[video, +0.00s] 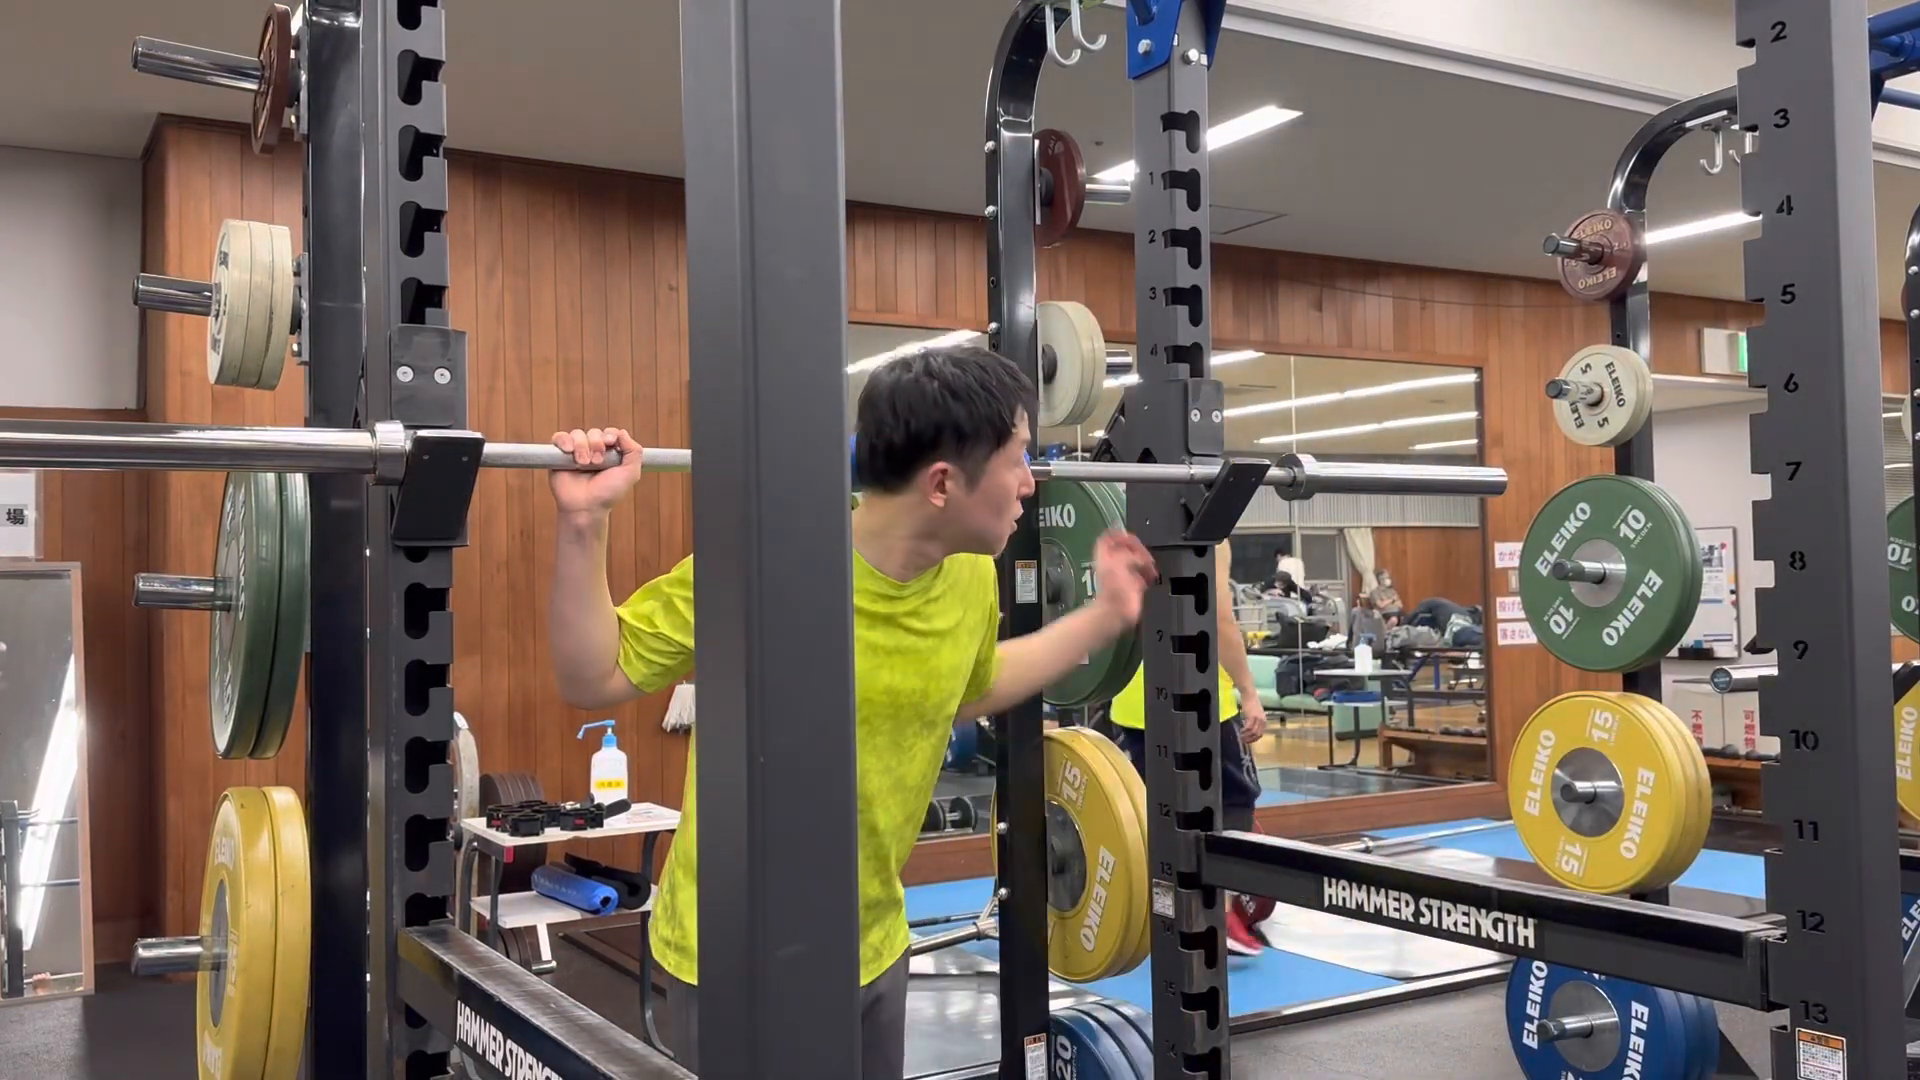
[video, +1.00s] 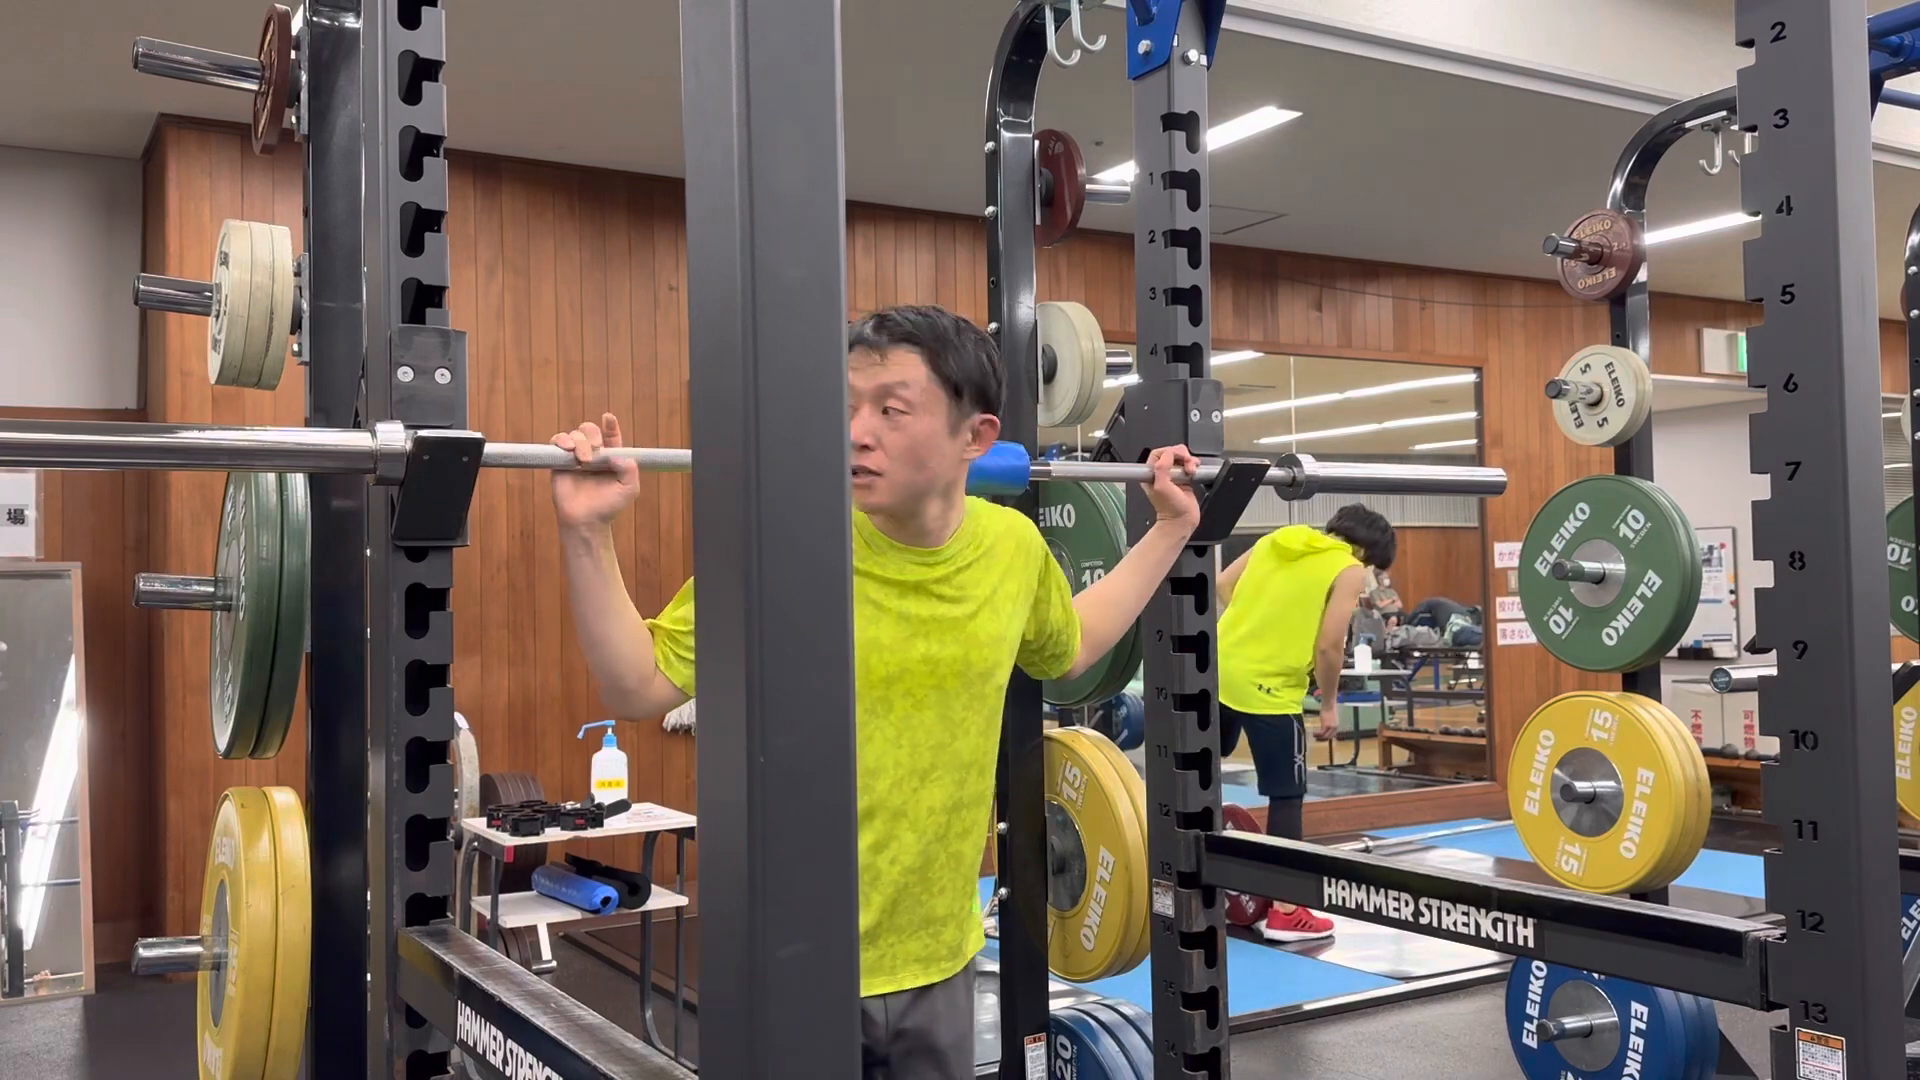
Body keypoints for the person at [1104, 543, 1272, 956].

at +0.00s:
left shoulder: (1131, 530)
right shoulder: (1208, 533)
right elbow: (1221, 621)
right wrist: (1247, 689)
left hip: (1132, 702)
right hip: (1200, 704)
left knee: (1151, 812)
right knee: (1236, 804)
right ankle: (1223, 905)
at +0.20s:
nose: (1264, 526)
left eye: (1264, 518)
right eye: (1262, 519)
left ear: (1207, 501)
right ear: (1250, 515)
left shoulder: (1165, 541)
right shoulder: (1244, 551)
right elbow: (1255, 632)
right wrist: (1275, 703)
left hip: (1166, 715)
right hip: (1228, 715)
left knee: (1188, 818)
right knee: (1252, 817)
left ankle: (1195, 913)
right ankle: (1273, 905)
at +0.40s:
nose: (1319, 548)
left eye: (1322, 542)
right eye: (1321, 541)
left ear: (1277, 518)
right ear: (1312, 535)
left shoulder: (1225, 547)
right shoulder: (1299, 564)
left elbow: (1195, 617)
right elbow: (1302, 644)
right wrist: (1322, 710)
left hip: (1203, 706)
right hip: (1259, 710)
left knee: (1194, 806)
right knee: (1279, 811)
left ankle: (1186, 900)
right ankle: (1285, 907)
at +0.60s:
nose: (1356, 559)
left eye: (1359, 553)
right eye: (1357, 551)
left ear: (1309, 522)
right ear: (1348, 541)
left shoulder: (1253, 538)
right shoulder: (1338, 563)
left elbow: (1204, 563)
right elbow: (1334, 641)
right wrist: (1339, 704)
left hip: (1208, 678)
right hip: (1268, 691)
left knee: (1191, 788)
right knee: (1281, 804)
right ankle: (1286, 905)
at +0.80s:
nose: (1364, 571)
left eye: (1369, 566)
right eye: (1366, 563)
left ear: (1323, 528)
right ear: (1359, 548)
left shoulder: (1268, 538)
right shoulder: (1349, 565)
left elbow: (1217, 573)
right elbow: (1339, 643)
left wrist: (1222, 623)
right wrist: (1338, 703)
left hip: (1210, 670)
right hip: (1269, 687)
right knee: (1281, 801)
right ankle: (1286, 906)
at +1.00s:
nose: (1370, 574)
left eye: (1375, 569)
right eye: (1372, 567)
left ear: (1336, 530)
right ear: (1366, 551)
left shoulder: (1279, 540)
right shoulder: (1349, 569)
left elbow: (1224, 581)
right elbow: (1328, 645)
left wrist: (1249, 627)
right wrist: (1329, 706)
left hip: (1217, 672)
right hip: (1269, 687)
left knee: (1196, 779)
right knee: (1286, 798)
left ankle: (1181, 881)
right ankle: (1285, 905)